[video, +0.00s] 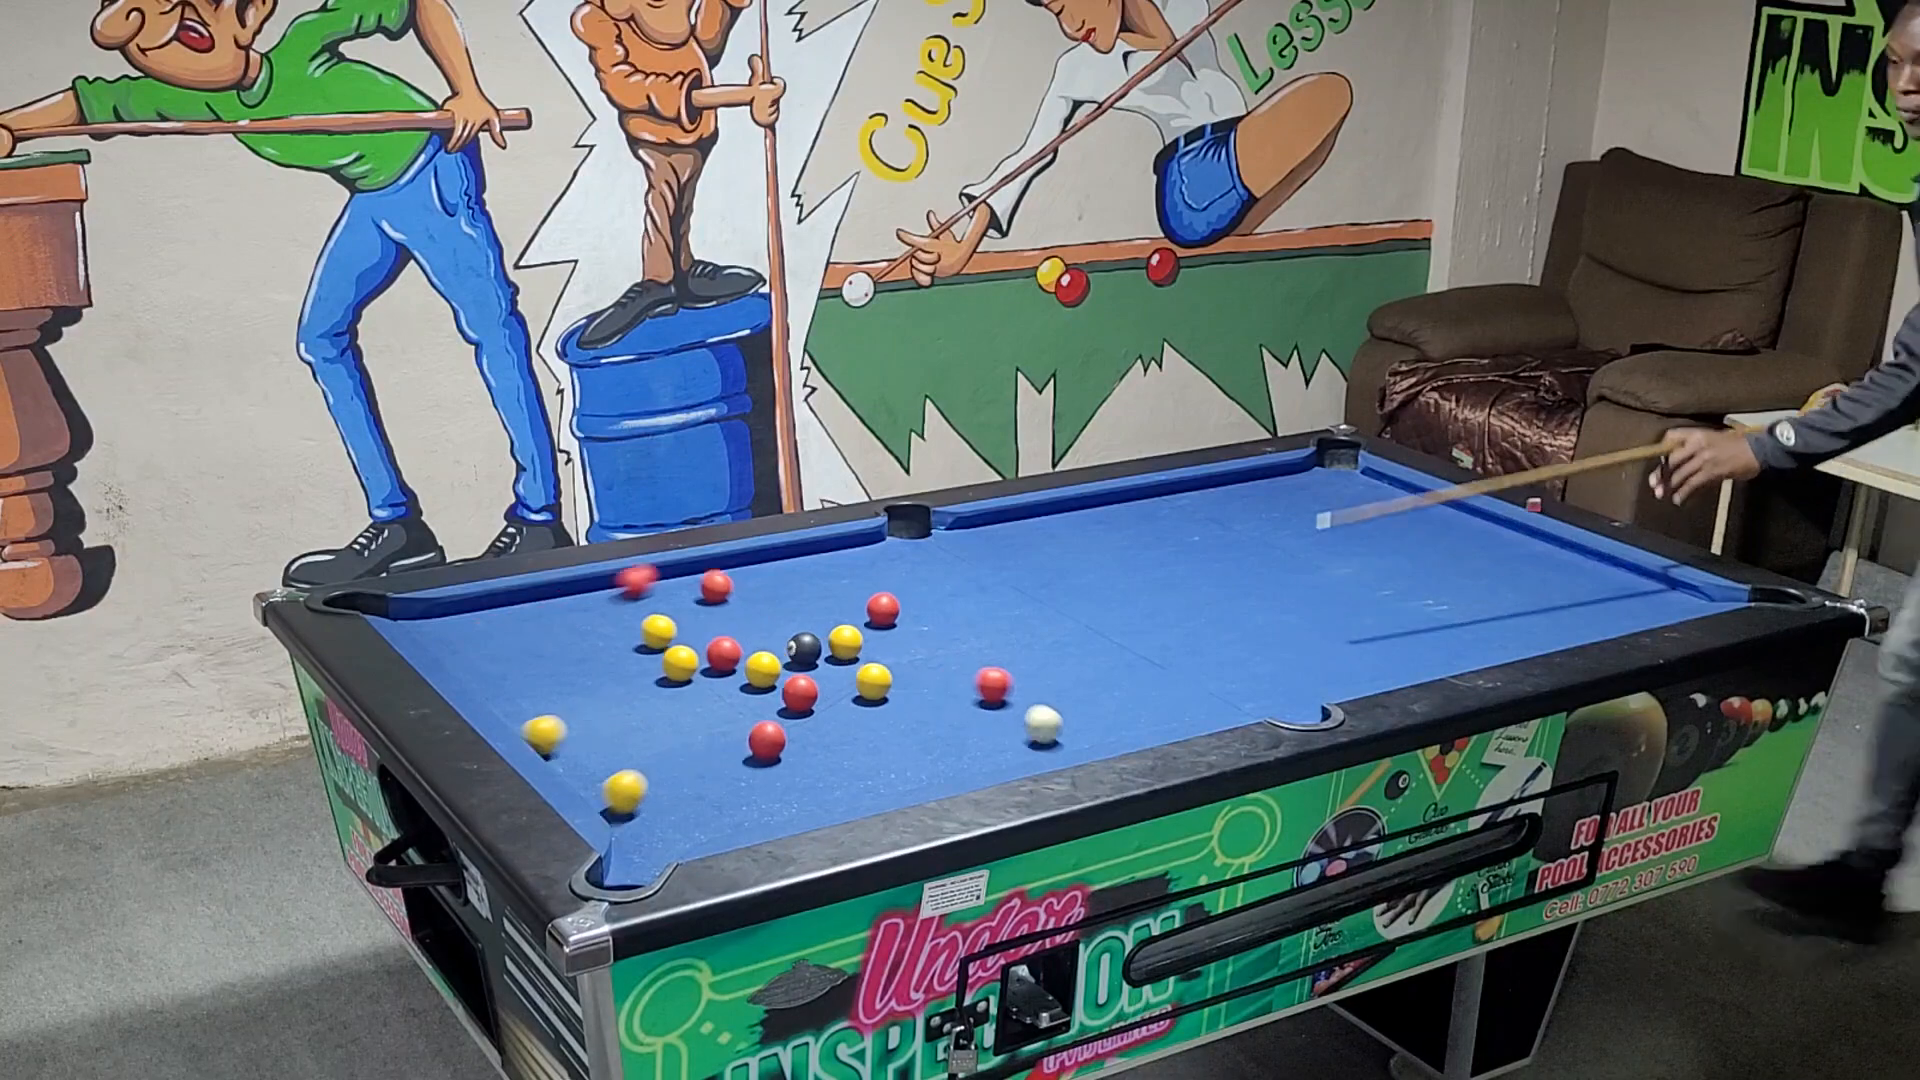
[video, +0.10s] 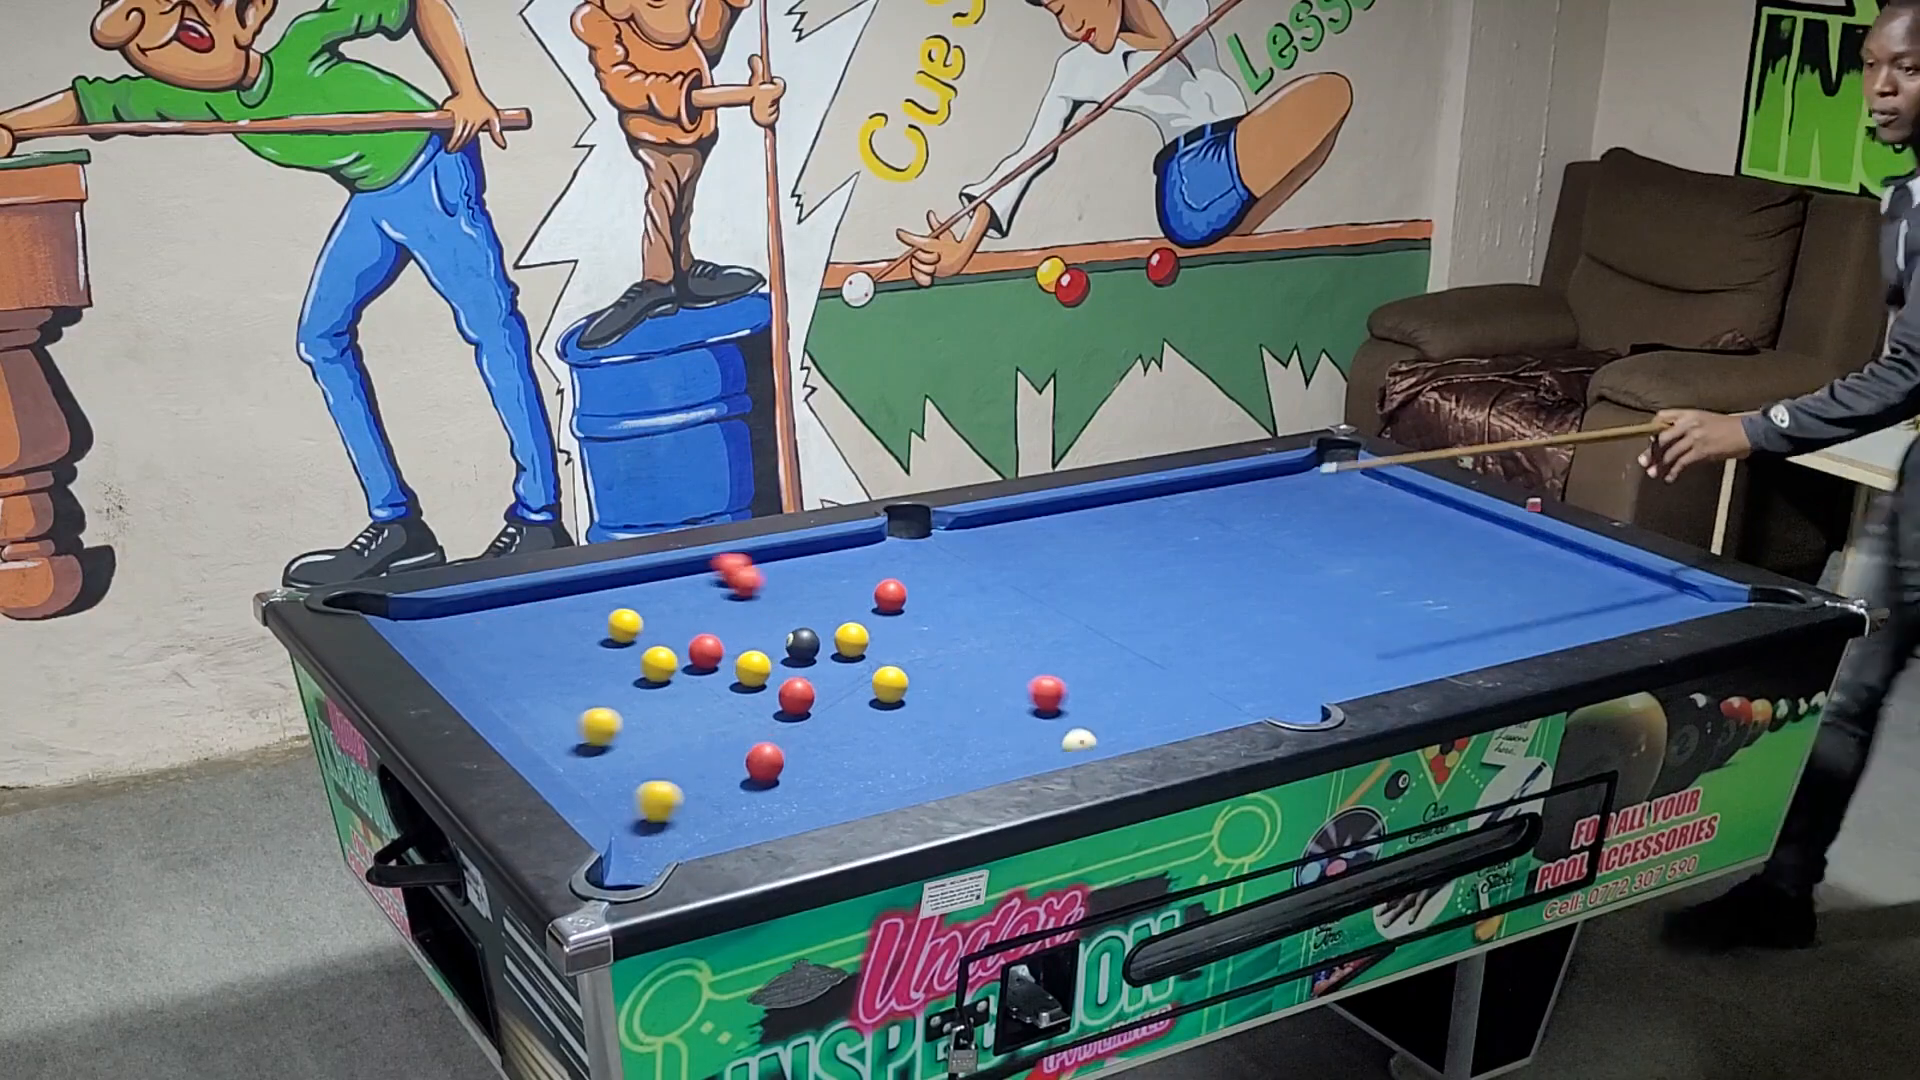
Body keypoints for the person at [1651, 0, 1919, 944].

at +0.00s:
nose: (1900, 83)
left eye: (1914, 63)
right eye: (1894, 63)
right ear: (1886, 71)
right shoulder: (1919, 204)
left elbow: (1909, 373)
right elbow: (1908, 368)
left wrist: (1758, 445)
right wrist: (1764, 444)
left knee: (1909, 654)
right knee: (1907, 651)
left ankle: (1858, 868)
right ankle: (1855, 866)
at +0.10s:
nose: (1878, 87)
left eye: (1901, 67)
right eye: (1872, 65)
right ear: (1865, 70)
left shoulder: (1914, 202)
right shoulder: (1903, 200)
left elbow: (1909, 372)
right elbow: (1903, 366)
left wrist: (1747, 428)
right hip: (1912, 483)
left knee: (1866, 688)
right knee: (1857, 685)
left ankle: (1788, 888)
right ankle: (1786, 887)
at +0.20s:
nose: (1858, 88)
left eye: (1885, 68)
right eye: (1852, 67)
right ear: (1841, 75)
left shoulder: (1917, 207)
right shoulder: (1884, 201)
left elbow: (1905, 377)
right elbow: (1889, 364)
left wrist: (1744, 421)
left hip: (1918, 508)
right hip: (1869, 486)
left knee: (1880, 728)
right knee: (1778, 675)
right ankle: (1779, 884)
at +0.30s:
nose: (1844, 74)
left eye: (1872, 55)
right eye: (1836, 52)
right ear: (1826, 59)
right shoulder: (1866, 184)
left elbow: (1916, 363)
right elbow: (1881, 320)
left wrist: (1776, 409)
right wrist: (1840, 359)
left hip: (1914, 513)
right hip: (1844, 490)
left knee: (1859, 721)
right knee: (1769, 683)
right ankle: (1778, 886)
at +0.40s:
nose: (1843, 55)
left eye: (1873, 38)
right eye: (1835, 32)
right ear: (1825, 41)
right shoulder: (1867, 173)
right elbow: (1868, 333)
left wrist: (1827, 390)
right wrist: (1800, 380)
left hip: (1906, 501)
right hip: (1833, 482)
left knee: (1864, 715)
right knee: (1776, 688)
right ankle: (1777, 883)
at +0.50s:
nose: (1850, 51)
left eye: (1877, 33)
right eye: (1839, 30)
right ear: (1828, 38)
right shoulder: (1870, 163)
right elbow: (1868, 306)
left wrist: (1883, 388)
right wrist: (1815, 360)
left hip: (1909, 497)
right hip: (1833, 473)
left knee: (1878, 711)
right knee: (1783, 685)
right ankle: (1777, 883)